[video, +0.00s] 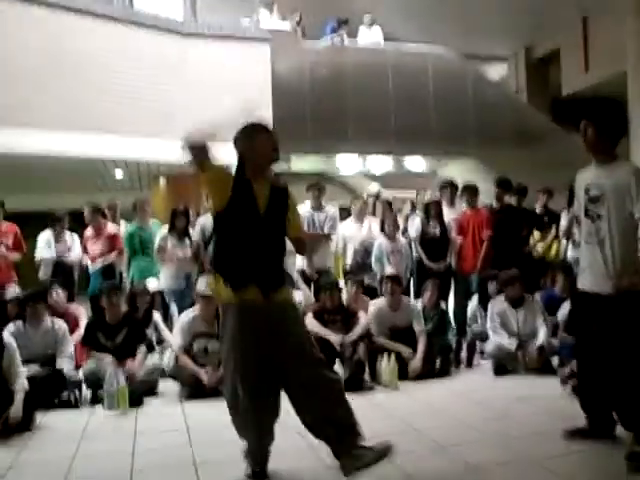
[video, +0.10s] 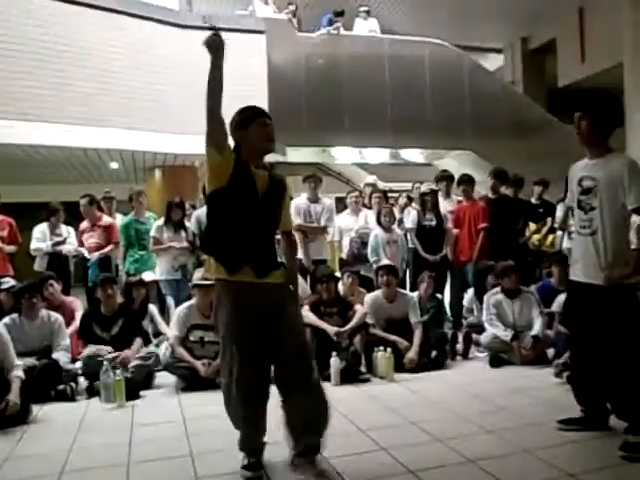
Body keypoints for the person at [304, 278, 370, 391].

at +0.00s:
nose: (330, 298)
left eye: (333, 293)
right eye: (326, 294)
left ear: (339, 294)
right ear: (319, 296)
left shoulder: (349, 311)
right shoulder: (315, 313)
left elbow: (363, 321)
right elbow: (310, 324)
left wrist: (349, 338)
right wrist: (332, 337)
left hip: (349, 348)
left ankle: (354, 380)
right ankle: (324, 383)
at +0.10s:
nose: (326, 288)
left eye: (329, 284)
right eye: (321, 284)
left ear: (335, 285)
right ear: (316, 287)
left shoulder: (343, 301)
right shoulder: (312, 302)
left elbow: (362, 311)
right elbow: (305, 314)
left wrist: (346, 330)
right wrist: (328, 328)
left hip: (344, 345)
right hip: (321, 344)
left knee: (360, 328)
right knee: (309, 330)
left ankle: (356, 367)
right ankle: (318, 370)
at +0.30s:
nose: (329, 288)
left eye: (332, 283)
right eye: (325, 284)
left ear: (338, 284)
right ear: (319, 287)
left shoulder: (346, 300)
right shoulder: (316, 302)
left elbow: (365, 310)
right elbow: (307, 314)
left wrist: (351, 328)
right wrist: (331, 328)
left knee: (362, 330)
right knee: (313, 331)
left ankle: (364, 367)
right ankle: (316, 369)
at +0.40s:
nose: (329, 288)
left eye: (333, 284)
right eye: (325, 285)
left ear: (338, 285)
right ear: (320, 288)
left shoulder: (345, 301)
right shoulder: (317, 302)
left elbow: (365, 310)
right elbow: (308, 313)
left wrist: (350, 329)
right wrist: (331, 329)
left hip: (348, 345)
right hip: (325, 344)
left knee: (363, 327)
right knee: (315, 331)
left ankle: (358, 368)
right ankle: (324, 370)